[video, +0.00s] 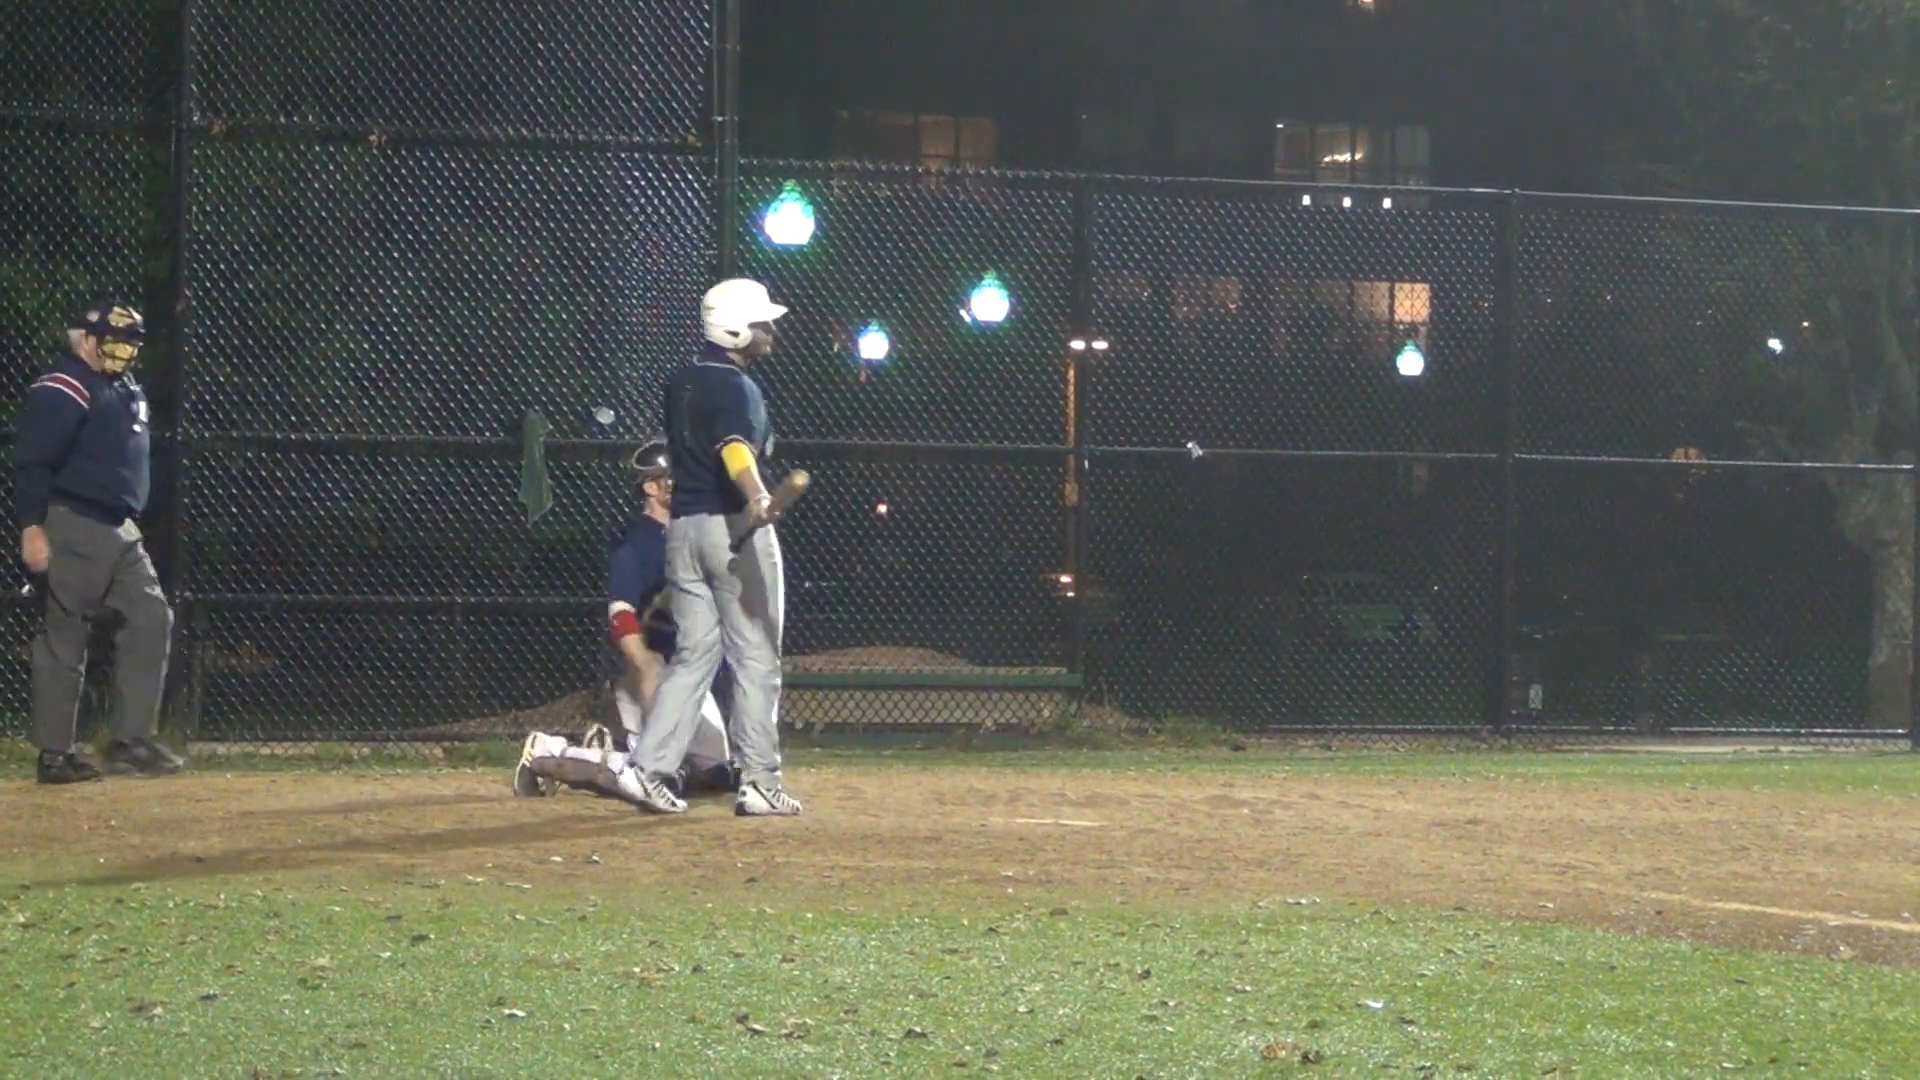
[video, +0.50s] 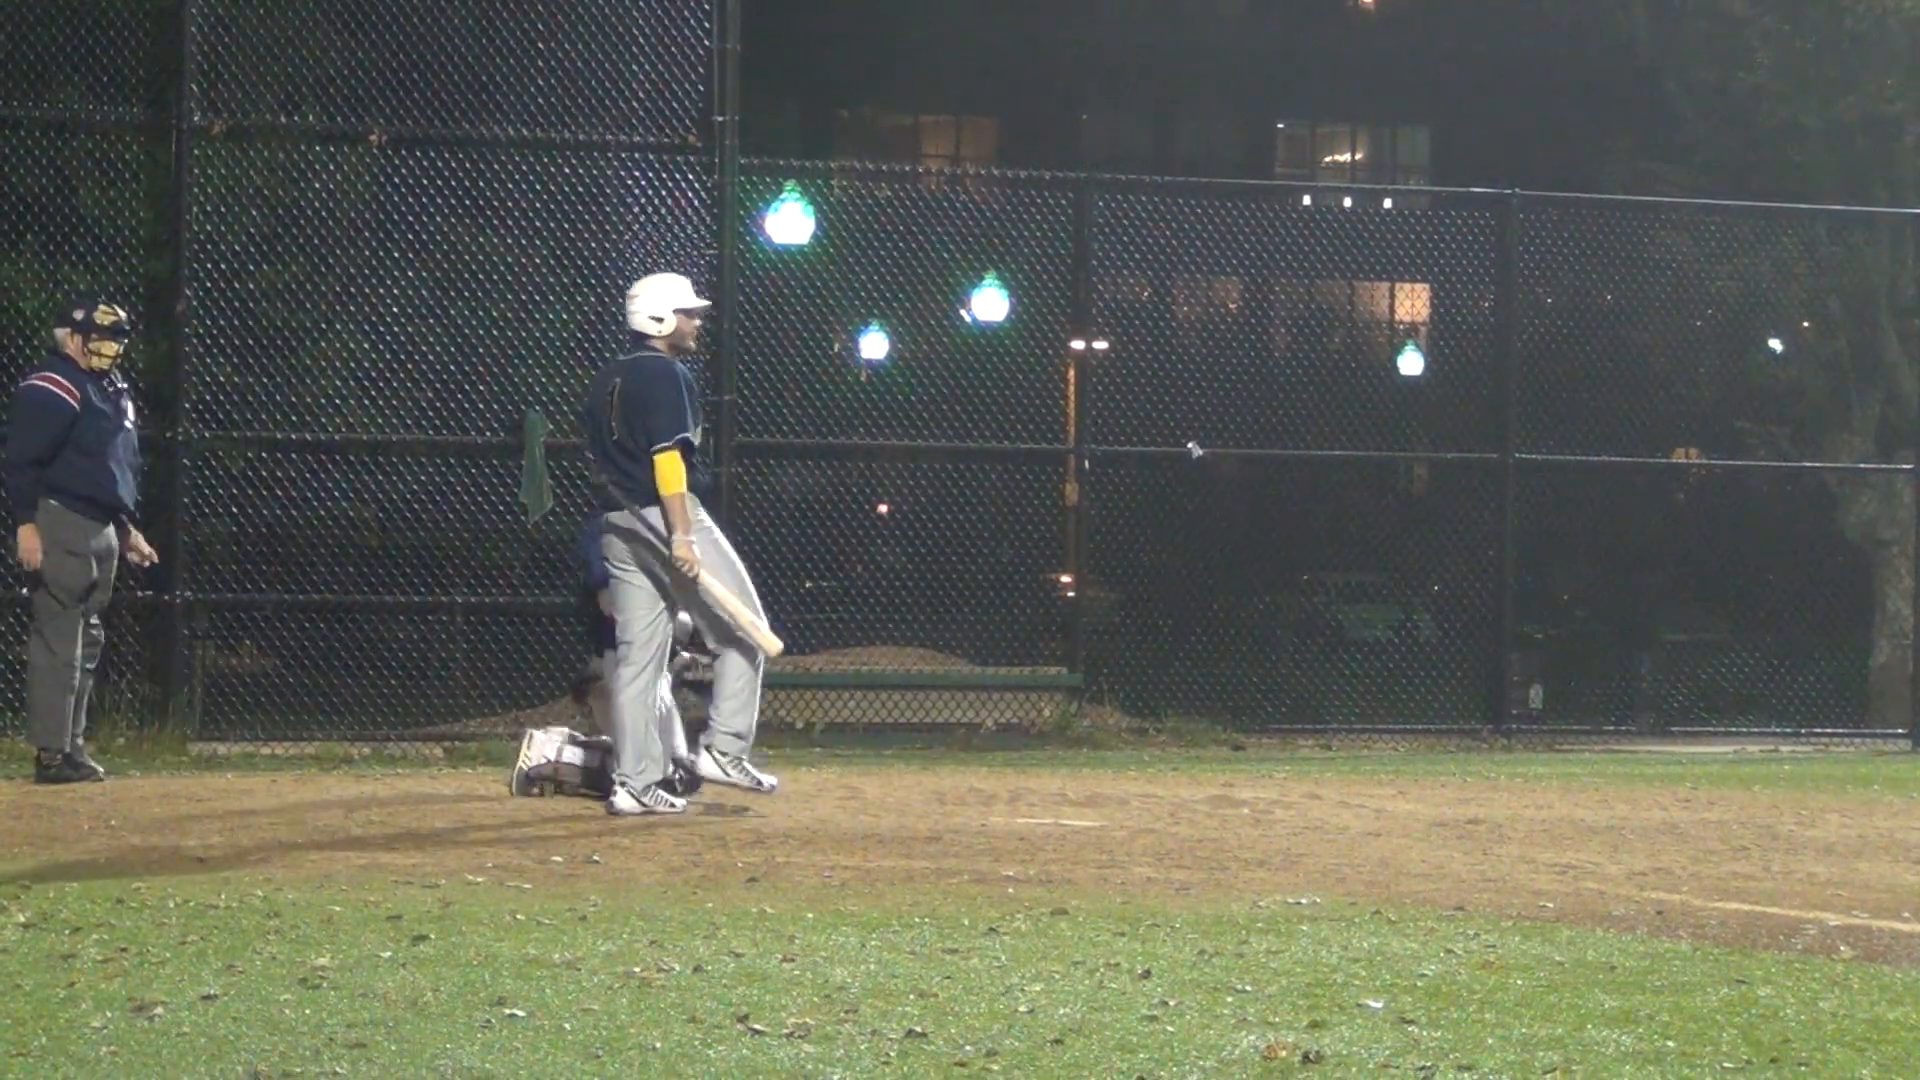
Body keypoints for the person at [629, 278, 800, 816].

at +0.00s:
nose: (773, 333)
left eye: (771, 324)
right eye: (766, 325)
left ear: (721, 330)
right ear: (742, 331)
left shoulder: (681, 381)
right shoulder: (736, 385)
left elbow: (681, 452)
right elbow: (735, 453)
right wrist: (760, 497)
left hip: (685, 527)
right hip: (733, 526)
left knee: (695, 652)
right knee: (756, 656)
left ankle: (650, 769)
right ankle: (759, 784)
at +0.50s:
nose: (699, 324)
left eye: (696, 315)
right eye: (690, 316)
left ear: (651, 323)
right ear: (661, 322)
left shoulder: (610, 377)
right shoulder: (663, 373)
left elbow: (602, 456)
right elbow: (668, 456)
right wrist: (682, 534)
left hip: (621, 523)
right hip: (671, 520)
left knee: (638, 651)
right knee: (744, 629)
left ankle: (635, 782)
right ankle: (726, 751)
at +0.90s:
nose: (671, 319)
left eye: (667, 310)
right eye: (662, 311)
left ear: (623, 320)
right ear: (637, 318)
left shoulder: (591, 383)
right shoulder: (657, 372)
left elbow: (585, 465)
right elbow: (677, 453)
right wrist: (716, 520)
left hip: (605, 527)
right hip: (657, 525)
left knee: (630, 651)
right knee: (685, 647)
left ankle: (628, 780)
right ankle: (646, 766)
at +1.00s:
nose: (666, 319)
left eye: (663, 310)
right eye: (659, 311)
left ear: (616, 321)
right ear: (637, 318)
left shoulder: (587, 382)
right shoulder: (654, 373)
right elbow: (676, 453)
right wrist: (722, 510)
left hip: (603, 523)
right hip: (654, 521)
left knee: (625, 654)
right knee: (665, 653)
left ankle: (628, 773)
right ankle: (630, 779)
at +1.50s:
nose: (666, 315)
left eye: (663, 307)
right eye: (659, 308)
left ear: (615, 319)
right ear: (640, 316)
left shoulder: (597, 374)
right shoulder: (640, 376)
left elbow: (638, 454)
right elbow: (652, 462)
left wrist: (709, 431)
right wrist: (694, 501)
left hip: (601, 524)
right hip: (641, 527)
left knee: (624, 654)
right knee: (638, 657)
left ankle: (635, 773)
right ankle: (617, 786)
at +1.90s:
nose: (671, 315)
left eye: (668, 308)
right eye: (665, 309)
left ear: (617, 316)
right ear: (649, 315)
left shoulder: (603, 371)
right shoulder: (639, 370)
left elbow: (652, 449)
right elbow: (627, 433)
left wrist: (702, 415)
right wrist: (671, 484)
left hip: (602, 525)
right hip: (637, 528)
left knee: (629, 654)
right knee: (638, 657)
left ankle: (635, 773)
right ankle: (618, 787)